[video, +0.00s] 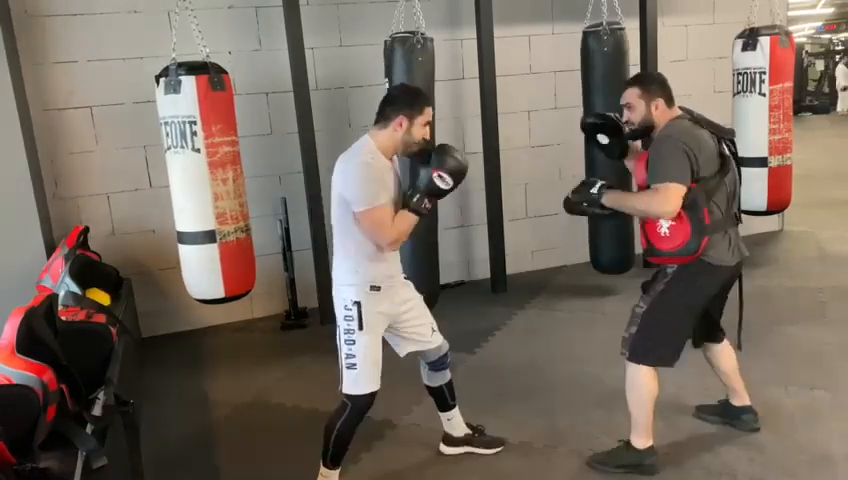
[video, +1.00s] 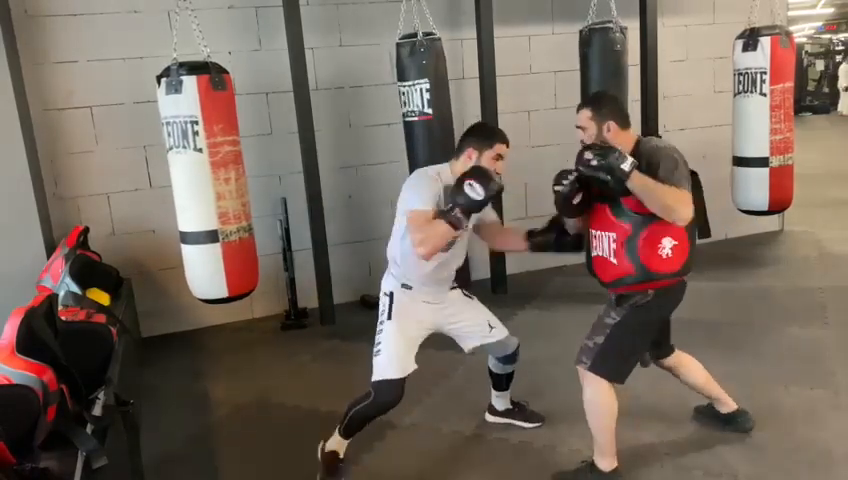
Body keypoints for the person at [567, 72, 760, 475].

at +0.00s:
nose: (625, 116)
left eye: (630, 108)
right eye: (623, 109)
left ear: (658, 104)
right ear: (663, 106)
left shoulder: (670, 141)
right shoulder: (691, 129)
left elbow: (665, 204)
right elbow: (661, 184)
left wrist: (604, 197)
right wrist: (626, 149)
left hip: (694, 263)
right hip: (723, 255)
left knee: (640, 348)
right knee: (705, 327)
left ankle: (639, 447)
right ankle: (741, 405)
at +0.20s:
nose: (635, 109)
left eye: (640, 100)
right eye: (633, 101)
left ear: (667, 98)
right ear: (673, 99)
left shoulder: (676, 134)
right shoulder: (699, 125)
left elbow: (669, 188)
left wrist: (620, 171)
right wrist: (637, 143)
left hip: (691, 259)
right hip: (719, 256)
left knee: (638, 348)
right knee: (700, 335)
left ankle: (638, 448)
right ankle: (740, 407)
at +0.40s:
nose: (627, 112)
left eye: (632, 104)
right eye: (625, 105)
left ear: (659, 101)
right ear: (663, 103)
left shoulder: (669, 136)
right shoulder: (686, 130)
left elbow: (673, 190)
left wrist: (602, 203)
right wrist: (630, 143)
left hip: (685, 263)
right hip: (708, 259)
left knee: (619, 345)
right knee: (697, 334)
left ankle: (621, 444)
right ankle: (739, 406)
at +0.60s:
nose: (604, 120)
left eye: (610, 112)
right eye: (602, 112)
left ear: (638, 111)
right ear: (638, 113)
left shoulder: (660, 147)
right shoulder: (640, 145)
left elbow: (675, 209)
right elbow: (609, 188)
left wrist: (608, 197)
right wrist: (592, 151)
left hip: (663, 273)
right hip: (667, 268)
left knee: (613, 363)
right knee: (687, 344)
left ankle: (604, 461)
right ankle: (738, 408)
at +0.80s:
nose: (581, 140)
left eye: (585, 132)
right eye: (580, 132)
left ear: (611, 131)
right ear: (602, 132)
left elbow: (693, 216)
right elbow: (566, 198)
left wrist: (647, 177)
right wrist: (547, 200)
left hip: (657, 279)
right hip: (625, 277)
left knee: (601, 365)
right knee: (654, 350)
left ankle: (605, 465)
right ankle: (723, 394)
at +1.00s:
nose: (581, 139)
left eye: (586, 131)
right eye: (579, 131)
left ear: (612, 128)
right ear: (607, 129)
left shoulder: (662, 156)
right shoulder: (605, 164)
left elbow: (682, 211)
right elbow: (581, 226)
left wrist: (626, 174)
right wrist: (572, 201)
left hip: (656, 283)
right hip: (633, 280)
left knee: (593, 368)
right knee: (663, 354)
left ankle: (605, 464)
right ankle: (728, 409)